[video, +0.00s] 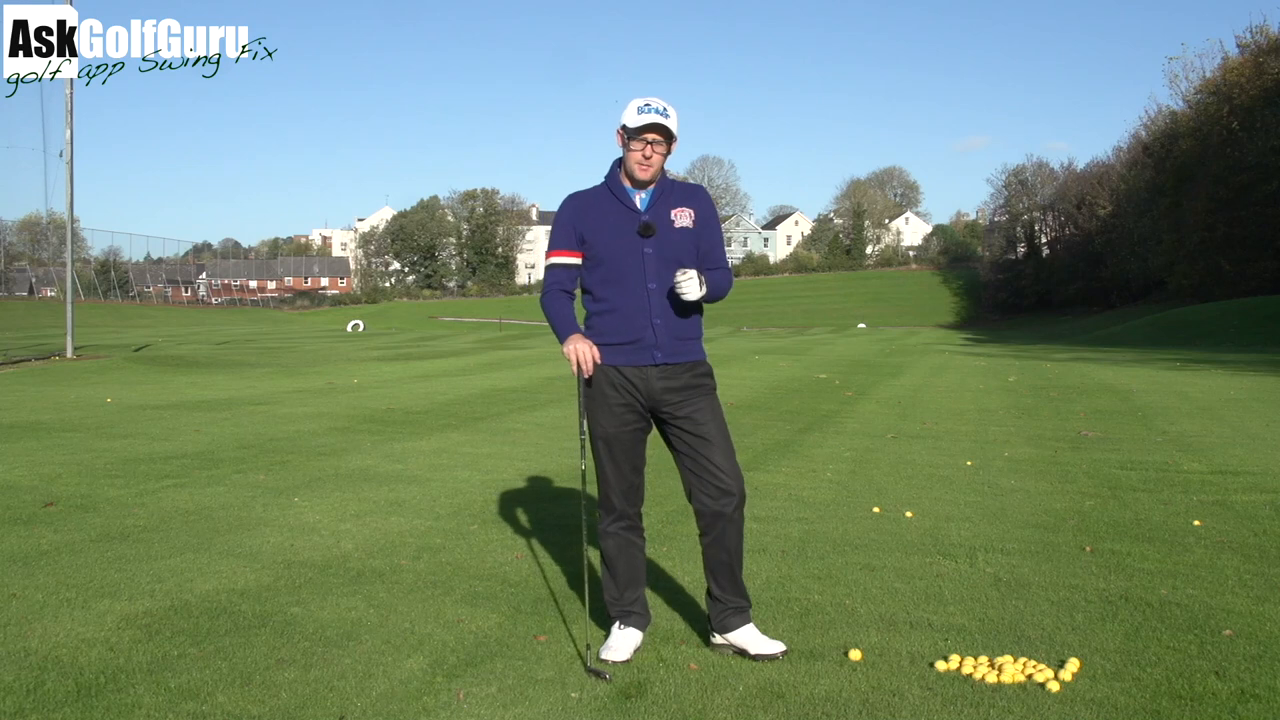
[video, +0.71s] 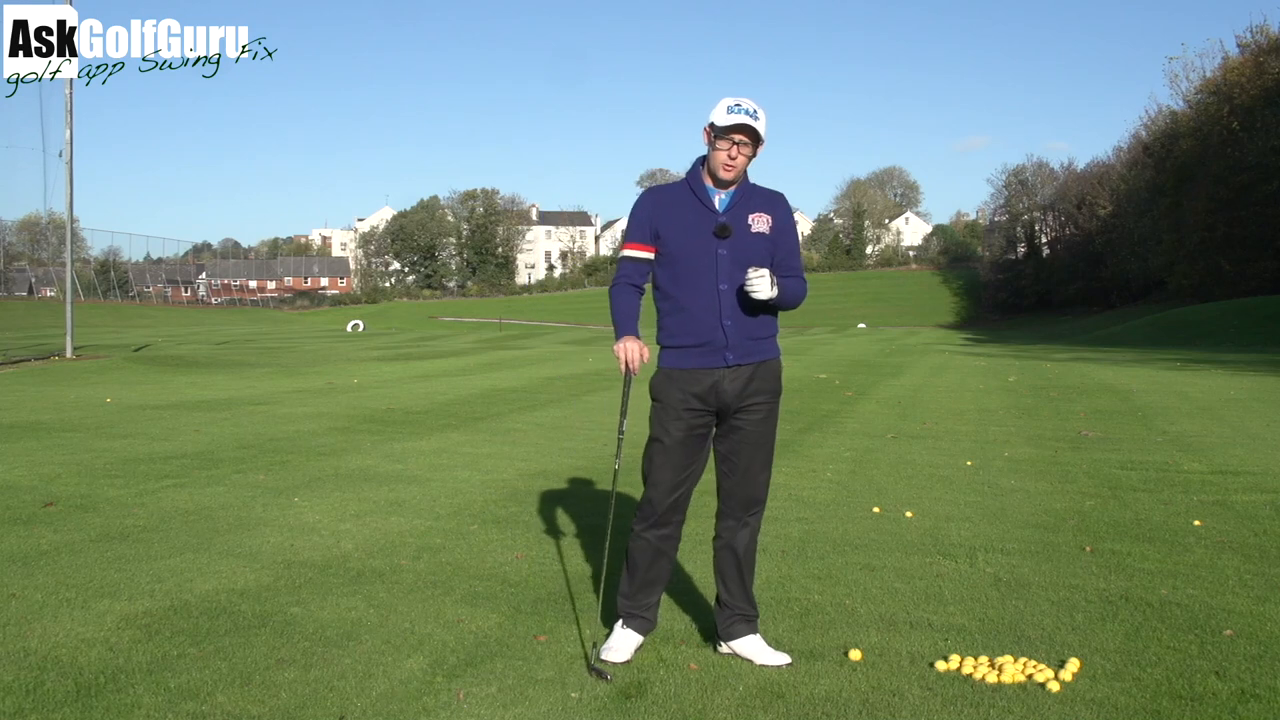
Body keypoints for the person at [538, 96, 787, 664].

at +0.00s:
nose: (649, 149)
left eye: (660, 141)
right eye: (641, 138)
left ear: (672, 148)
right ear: (622, 141)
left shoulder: (694, 201)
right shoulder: (580, 208)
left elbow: (721, 278)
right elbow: (556, 290)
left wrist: (704, 285)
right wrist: (569, 334)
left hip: (686, 374)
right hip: (613, 376)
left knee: (724, 492)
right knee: (619, 506)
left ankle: (729, 619)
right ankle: (627, 620)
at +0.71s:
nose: (735, 149)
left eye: (746, 143)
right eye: (728, 138)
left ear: (756, 151)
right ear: (708, 139)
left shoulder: (773, 207)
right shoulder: (658, 203)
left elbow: (796, 287)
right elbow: (627, 281)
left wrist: (777, 287)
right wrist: (627, 332)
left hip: (755, 376)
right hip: (682, 376)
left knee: (744, 509)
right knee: (661, 506)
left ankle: (737, 628)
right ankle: (633, 621)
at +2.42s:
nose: (659, 150)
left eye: (669, 142)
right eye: (650, 140)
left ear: (682, 150)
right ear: (633, 144)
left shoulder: (707, 206)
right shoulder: (593, 213)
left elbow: (734, 289)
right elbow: (572, 297)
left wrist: (714, 282)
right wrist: (597, 337)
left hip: (696, 379)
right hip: (627, 379)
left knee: (728, 501)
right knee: (634, 506)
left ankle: (735, 626)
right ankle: (648, 621)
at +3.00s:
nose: (660, 152)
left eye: (669, 143)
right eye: (650, 140)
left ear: (675, 148)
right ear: (624, 140)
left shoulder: (693, 203)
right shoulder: (581, 212)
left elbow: (720, 279)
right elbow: (560, 297)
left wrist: (697, 292)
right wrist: (582, 340)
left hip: (692, 375)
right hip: (623, 379)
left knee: (719, 500)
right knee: (635, 507)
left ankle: (733, 625)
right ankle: (649, 621)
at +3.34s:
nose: (663, 153)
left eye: (670, 144)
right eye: (652, 142)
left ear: (675, 148)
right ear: (624, 141)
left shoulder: (688, 201)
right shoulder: (581, 212)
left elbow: (719, 279)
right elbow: (568, 301)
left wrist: (710, 278)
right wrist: (628, 289)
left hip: (691, 372)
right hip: (621, 378)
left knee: (719, 500)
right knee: (636, 506)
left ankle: (733, 625)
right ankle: (649, 620)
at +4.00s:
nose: (666, 146)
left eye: (677, 140)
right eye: (658, 135)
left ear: (688, 148)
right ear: (639, 137)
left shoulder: (705, 205)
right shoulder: (595, 207)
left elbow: (728, 290)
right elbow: (585, 291)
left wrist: (730, 264)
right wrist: (643, 263)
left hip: (705, 369)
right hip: (633, 374)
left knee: (721, 501)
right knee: (642, 504)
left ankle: (732, 626)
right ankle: (649, 621)